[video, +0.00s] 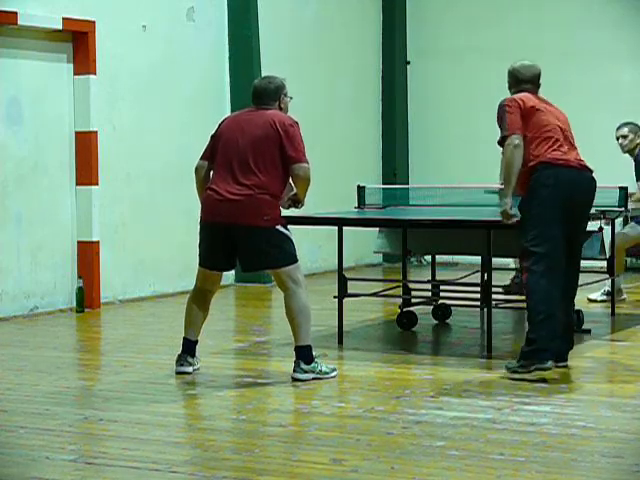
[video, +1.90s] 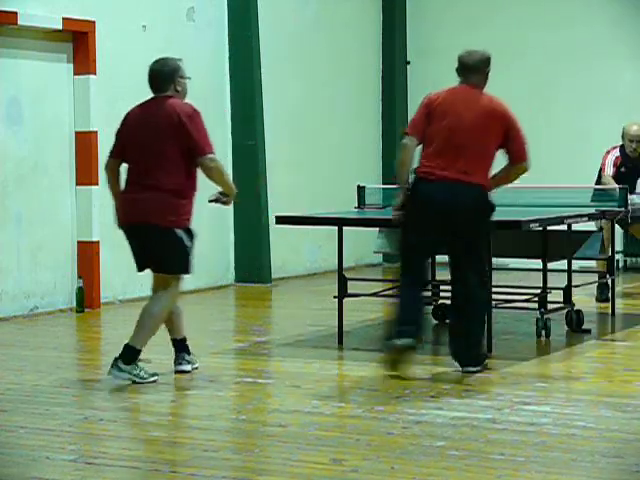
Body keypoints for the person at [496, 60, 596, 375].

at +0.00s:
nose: (511, 92)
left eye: (509, 86)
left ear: (510, 85)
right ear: (538, 85)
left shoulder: (513, 102)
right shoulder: (554, 110)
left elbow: (515, 143)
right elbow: (564, 152)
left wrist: (507, 199)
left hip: (550, 179)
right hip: (582, 180)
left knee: (540, 265)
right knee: (566, 265)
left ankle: (538, 353)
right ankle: (559, 350)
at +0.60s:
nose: (533, 67)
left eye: (531, 63)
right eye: (545, 60)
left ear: (532, 63)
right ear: (561, 61)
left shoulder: (529, 93)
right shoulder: (584, 93)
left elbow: (521, 147)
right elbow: (611, 145)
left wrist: (511, 201)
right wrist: (583, 175)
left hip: (557, 188)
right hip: (596, 188)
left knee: (544, 273)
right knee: (587, 272)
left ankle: (537, 364)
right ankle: (616, 351)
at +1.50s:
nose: (499, 80)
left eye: (498, 75)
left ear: (498, 77)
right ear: (526, 75)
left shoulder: (494, 111)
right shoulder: (552, 106)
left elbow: (482, 165)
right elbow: (578, 155)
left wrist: (472, 217)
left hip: (522, 208)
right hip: (567, 205)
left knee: (486, 279)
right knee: (591, 281)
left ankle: (485, 363)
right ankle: (636, 362)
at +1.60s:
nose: (484, 73)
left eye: (480, 68)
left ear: (479, 70)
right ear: (508, 68)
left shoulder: (469, 107)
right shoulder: (533, 101)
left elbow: (452, 159)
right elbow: (561, 148)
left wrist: (443, 212)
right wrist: (538, 180)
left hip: (496, 203)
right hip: (541, 200)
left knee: (474, 284)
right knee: (560, 275)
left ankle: (484, 364)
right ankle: (606, 346)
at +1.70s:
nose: (479, 65)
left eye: (475, 59)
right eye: (489, 60)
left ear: (469, 62)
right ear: (499, 61)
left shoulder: (452, 97)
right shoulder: (520, 95)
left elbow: (432, 146)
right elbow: (547, 141)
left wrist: (430, 195)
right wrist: (523, 171)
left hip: (472, 194)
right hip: (516, 192)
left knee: (469, 276)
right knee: (528, 268)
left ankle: (478, 359)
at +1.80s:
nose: (489, 66)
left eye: (476, 60)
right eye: (492, 60)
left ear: (465, 61)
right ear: (494, 61)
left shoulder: (444, 91)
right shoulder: (510, 96)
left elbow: (421, 139)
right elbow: (535, 145)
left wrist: (420, 187)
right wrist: (506, 171)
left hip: (448, 187)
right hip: (491, 188)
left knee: (447, 269)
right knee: (491, 270)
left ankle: (456, 343)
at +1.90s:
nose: (481, 78)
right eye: (485, 74)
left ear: (458, 72)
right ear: (487, 75)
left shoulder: (435, 101)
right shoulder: (500, 112)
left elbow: (407, 144)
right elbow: (520, 164)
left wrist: (403, 190)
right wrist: (488, 185)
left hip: (427, 197)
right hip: (470, 201)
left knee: (413, 265)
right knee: (471, 276)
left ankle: (406, 333)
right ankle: (470, 358)